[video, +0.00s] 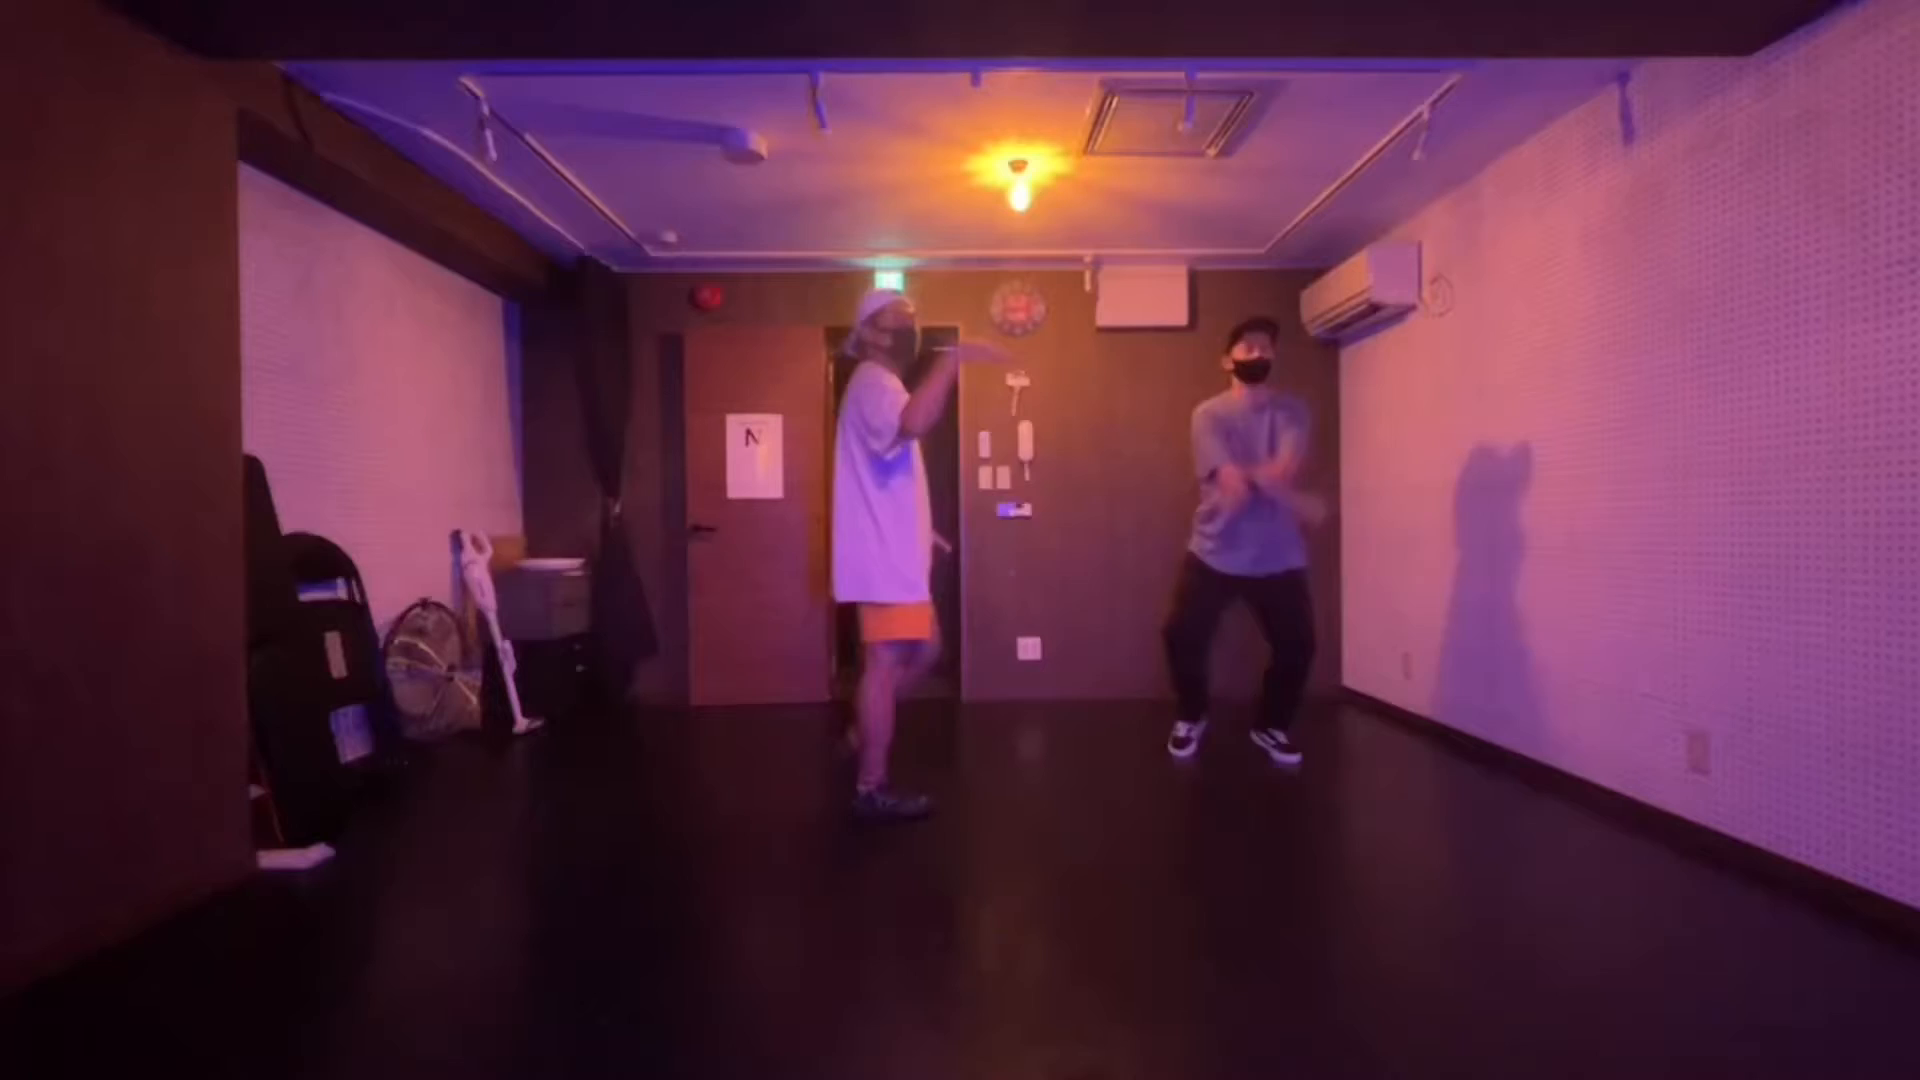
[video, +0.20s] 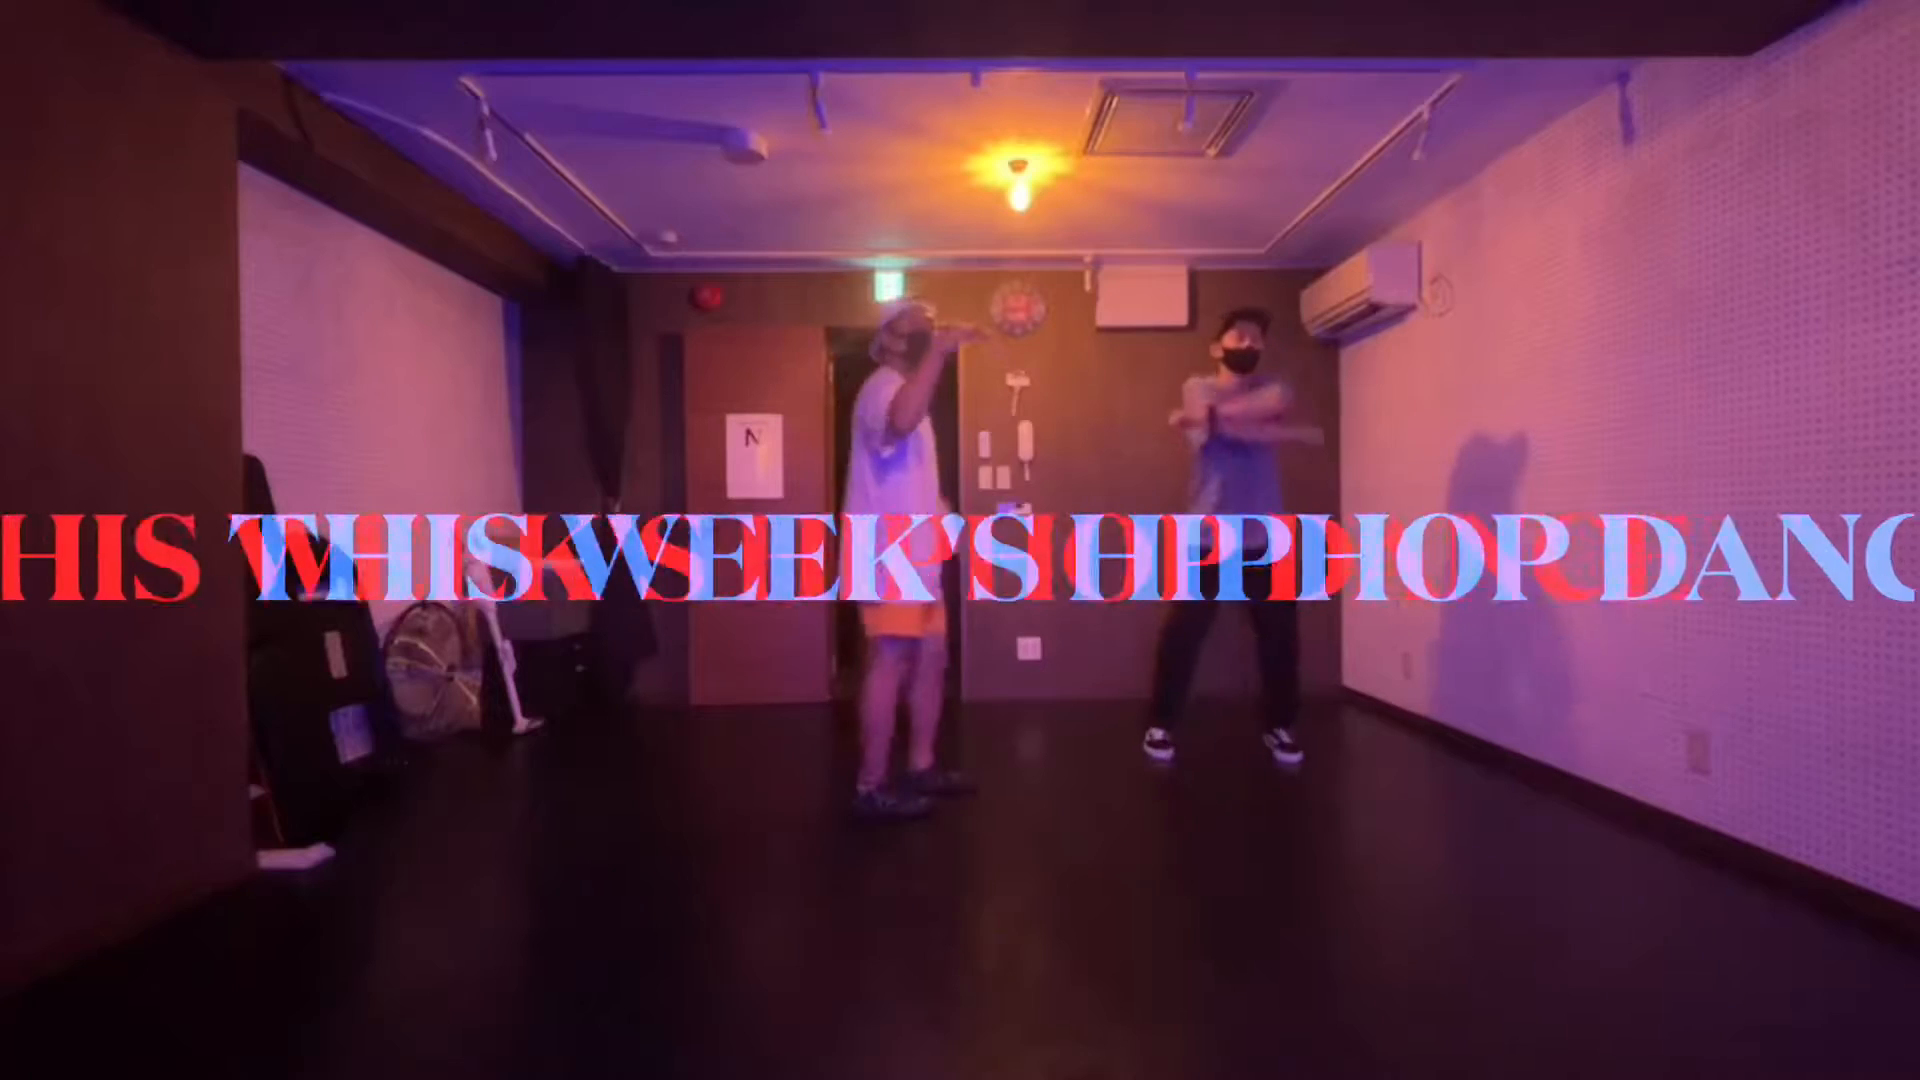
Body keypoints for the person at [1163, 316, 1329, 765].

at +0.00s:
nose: (1257, 354)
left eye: (1265, 347)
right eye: (1248, 346)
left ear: (1276, 358)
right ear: (1229, 357)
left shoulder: (1290, 411)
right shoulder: (1209, 414)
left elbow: (1288, 466)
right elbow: (1227, 480)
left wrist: (1242, 478)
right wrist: (1298, 502)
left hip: (1276, 556)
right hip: (1217, 555)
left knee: (1297, 646)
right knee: (1182, 633)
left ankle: (1272, 725)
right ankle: (1191, 716)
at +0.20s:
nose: (1247, 344)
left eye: (1255, 338)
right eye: (1238, 335)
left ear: (1265, 349)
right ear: (1219, 344)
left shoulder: (1273, 389)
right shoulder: (1200, 387)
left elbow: (1271, 406)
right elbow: (1203, 422)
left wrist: (1216, 413)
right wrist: (1281, 430)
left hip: (1264, 533)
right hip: (1209, 534)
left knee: (1278, 629)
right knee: (1185, 626)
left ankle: (1279, 724)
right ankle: (1161, 724)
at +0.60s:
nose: (1232, 353)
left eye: (1239, 346)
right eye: (1224, 345)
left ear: (1250, 352)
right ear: (1207, 351)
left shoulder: (1261, 391)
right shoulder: (1189, 392)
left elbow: (1266, 428)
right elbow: (1200, 435)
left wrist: (1216, 426)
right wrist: (1261, 445)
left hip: (1252, 536)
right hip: (1197, 536)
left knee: (1263, 637)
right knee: (1181, 635)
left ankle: (1276, 727)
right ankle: (1161, 726)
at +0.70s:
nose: (1232, 362)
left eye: (1239, 355)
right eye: (1223, 355)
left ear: (1249, 362)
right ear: (1205, 363)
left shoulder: (1262, 407)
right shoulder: (1188, 404)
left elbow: (1281, 446)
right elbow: (1187, 450)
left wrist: (1270, 447)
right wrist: (1226, 482)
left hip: (1250, 542)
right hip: (1199, 541)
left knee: (1264, 636)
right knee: (1184, 635)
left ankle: (1277, 728)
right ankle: (1161, 727)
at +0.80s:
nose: (1230, 370)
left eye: (1238, 364)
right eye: (1221, 363)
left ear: (1247, 372)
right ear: (1203, 373)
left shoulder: (1264, 418)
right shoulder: (1184, 417)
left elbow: (1297, 444)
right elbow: (1165, 458)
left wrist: (1309, 459)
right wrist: (1188, 489)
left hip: (1252, 553)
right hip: (1198, 554)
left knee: (1267, 641)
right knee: (1184, 640)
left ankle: (1277, 729)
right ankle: (1162, 727)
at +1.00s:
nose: (1227, 392)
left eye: (1235, 386)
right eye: (1218, 385)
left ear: (1245, 396)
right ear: (1200, 398)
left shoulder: (1267, 445)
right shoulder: (1178, 446)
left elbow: (1320, 468)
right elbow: (1125, 476)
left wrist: (1350, 486)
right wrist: (1120, 513)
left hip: (1251, 583)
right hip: (1189, 584)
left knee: (1295, 653)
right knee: (1175, 654)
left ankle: (1270, 732)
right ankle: (1164, 732)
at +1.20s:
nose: (1226, 374)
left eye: (1234, 368)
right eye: (1217, 367)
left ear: (1244, 377)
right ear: (1199, 377)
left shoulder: (1260, 430)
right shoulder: (1176, 429)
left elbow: (1296, 493)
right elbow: (1140, 485)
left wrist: (1316, 545)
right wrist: (1141, 542)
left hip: (1245, 570)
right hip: (1184, 570)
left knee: (1288, 639)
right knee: (1166, 650)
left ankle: (1269, 732)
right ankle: (1170, 734)